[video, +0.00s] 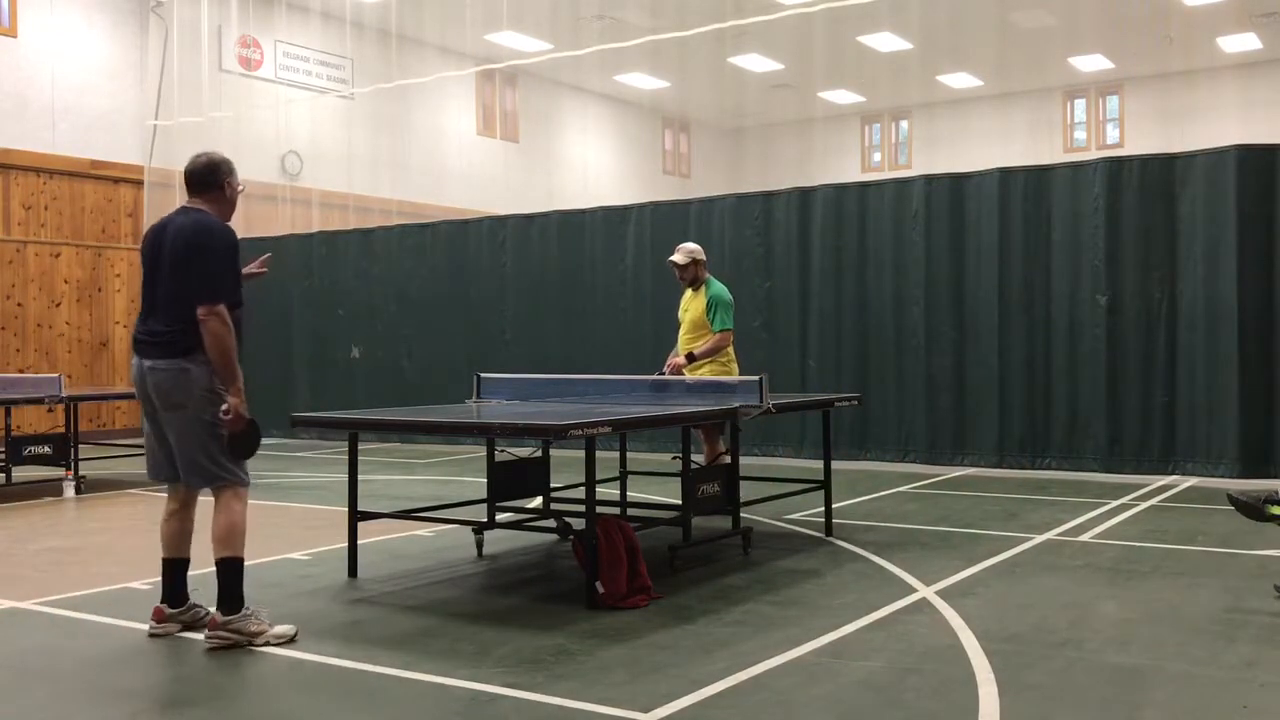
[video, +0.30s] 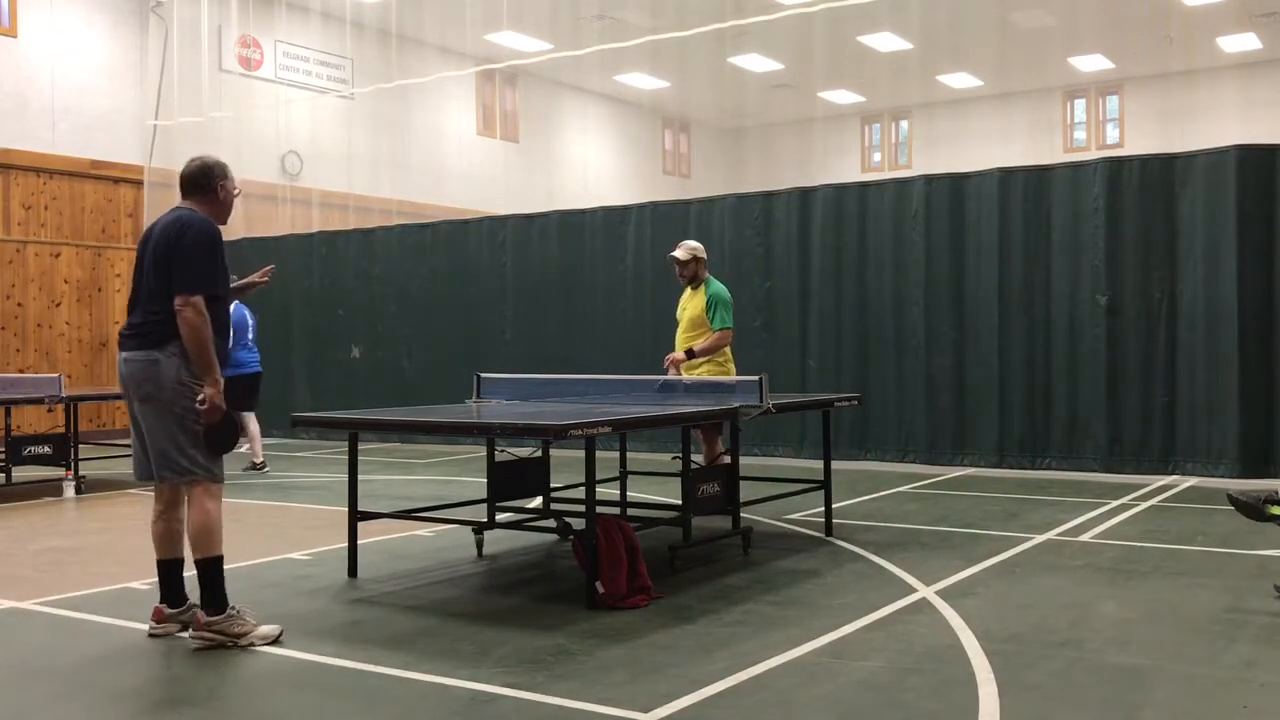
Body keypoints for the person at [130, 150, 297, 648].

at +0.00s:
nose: (238, 196)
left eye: (237, 188)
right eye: (237, 189)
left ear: (190, 187)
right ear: (226, 189)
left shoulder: (158, 232)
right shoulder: (217, 234)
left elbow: (175, 287)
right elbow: (211, 315)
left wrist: (235, 276)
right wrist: (235, 387)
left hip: (149, 369)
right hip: (189, 371)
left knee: (181, 488)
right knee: (232, 487)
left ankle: (174, 604)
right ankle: (232, 614)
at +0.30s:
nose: (234, 197)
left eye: (233, 190)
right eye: (232, 189)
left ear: (187, 189)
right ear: (218, 188)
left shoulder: (160, 229)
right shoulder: (199, 229)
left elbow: (184, 299)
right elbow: (188, 306)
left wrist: (239, 288)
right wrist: (212, 380)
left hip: (140, 363)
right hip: (171, 363)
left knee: (169, 490)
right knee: (205, 485)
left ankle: (173, 606)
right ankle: (216, 613)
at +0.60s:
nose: (227, 191)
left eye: (224, 184)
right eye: (223, 184)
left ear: (177, 186)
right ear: (210, 186)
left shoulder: (156, 225)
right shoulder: (192, 226)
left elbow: (172, 293)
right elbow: (186, 306)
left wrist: (229, 286)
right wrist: (213, 378)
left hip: (141, 363)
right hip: (165, 364)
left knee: (178, 487)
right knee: (180, 489)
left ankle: (174, 603)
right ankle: (151, 619)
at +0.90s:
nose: (218, 185)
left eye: (216, 177)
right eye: (215, 178)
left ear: (166, 181)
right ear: (201, 181)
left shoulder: (140, 226)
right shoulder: (188, 229)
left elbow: (160, 293)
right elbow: (192, 317)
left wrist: (218, 278)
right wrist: (227, 388)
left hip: (135, 368)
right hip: (169, 371)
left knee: (174, 493)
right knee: (173, 497)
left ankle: (175, 605)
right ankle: (146, 626)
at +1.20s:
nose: (222, 183)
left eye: (220, 175)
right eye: (219, 175)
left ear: (168, 179)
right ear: (203, 181)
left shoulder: (131, 223)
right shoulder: (184, 234)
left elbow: (151, 291)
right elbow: (182, 325)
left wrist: (212, 276)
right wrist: (213, 406)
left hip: (118, 372)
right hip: (160, 373)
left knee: (158, 496)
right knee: (168, 500)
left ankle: (174, 605)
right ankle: (146, 628)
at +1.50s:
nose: (217, 181)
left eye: (215, 173)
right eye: (214, 174)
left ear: (163, 174)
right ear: (199, 179)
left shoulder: (122, 216)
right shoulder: (176, 232)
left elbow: (140, 285)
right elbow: (169, 324)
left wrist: (202, 271)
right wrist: (188, 407)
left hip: (104, 369)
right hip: (144, 373)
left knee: (137, 494)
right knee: (156, 500)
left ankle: (118, 611)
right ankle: (147, 628)